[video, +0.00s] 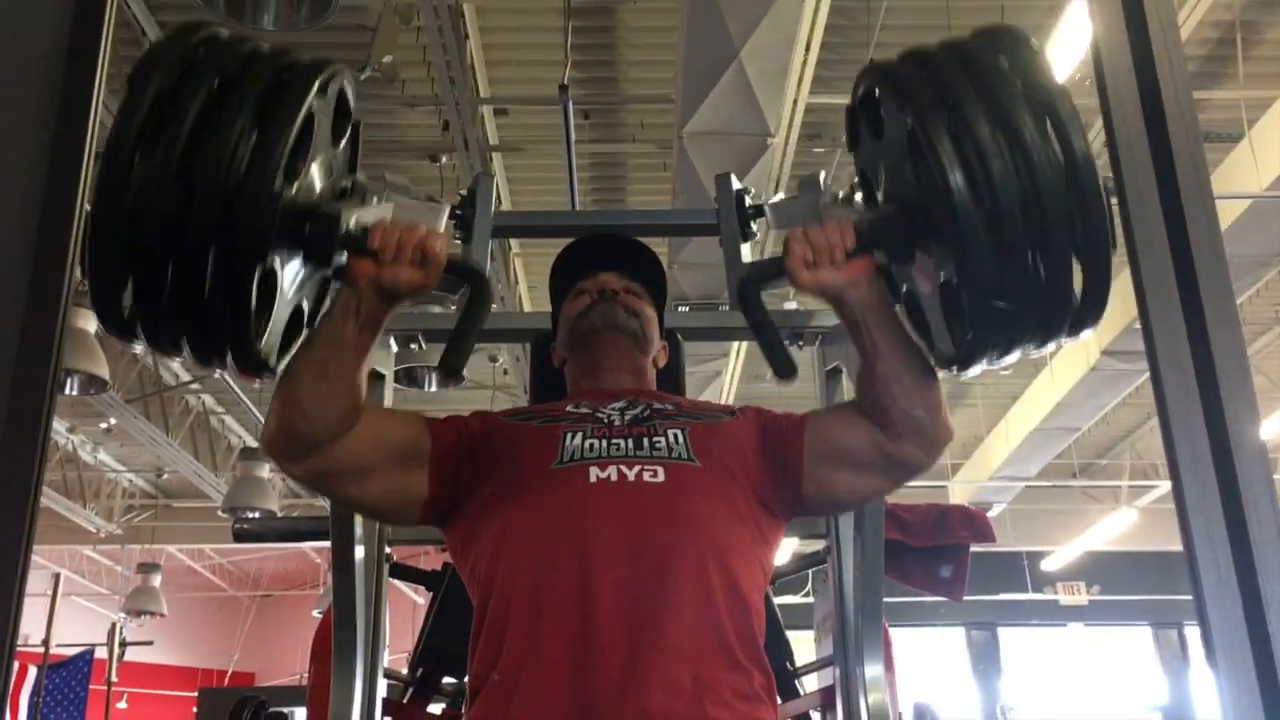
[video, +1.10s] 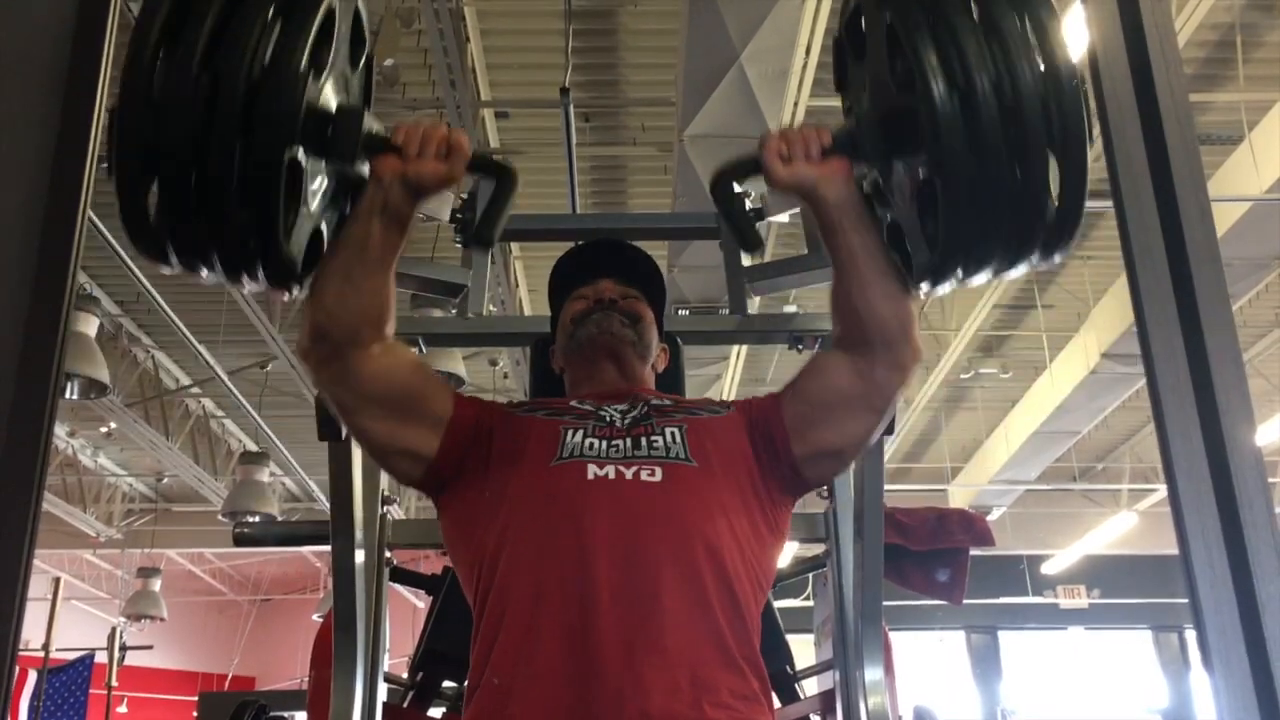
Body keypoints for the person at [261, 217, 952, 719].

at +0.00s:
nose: (608, 295)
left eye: (632, 296)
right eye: (582, 296)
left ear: (665, 351)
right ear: (551, 351)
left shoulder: (742, 442)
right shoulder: (487, 448)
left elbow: (914, 434)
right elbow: (305, 439)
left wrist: (859, 297)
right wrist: (365, 299)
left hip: (723, 701)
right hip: (525, 703)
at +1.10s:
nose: (606, 305)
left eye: (631, 303)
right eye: (582, 303)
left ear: (663, 353)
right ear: (552, 354)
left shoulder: (751, 436)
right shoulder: (483, 440)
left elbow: (882, 352)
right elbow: (340, 345)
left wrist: (834, 195)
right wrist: (390, 199)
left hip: (722, 703)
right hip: (520, 703)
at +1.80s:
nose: (606, 298)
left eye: (632, 300)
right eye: (580, 300)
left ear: (663, 354)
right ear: (551, 356)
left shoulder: (749, 446)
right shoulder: (484, 452)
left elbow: (897, 399)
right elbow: (323, 396)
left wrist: (848, 241)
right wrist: (381, 241)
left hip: (727, 705)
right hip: (525, 704)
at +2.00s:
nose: (607, 300)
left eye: (633, 302)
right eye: (582, 301)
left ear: (666, 357)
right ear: (551, 358)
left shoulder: (743, 449)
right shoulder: (490, 459)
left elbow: (920, 454)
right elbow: (304, 457)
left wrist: (862, 318)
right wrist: (362, 318)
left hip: (726, 703)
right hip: (526, 705)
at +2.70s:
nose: (611, 300)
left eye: (635, 301)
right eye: (586, 302)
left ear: (668, 358)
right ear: (554, 360)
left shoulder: (747, 457)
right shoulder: (489, 466)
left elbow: (917, 518)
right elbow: (299, 547)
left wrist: (882, 410)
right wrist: (340, 412)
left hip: (724, 703)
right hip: (529, 705)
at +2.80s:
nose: (613, 300)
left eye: (638, 303)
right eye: (587, 301)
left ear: (669, 362)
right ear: (554, 358)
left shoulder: (744, 456)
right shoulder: (490, 464)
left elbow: (924, 510)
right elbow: (295, 521)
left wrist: (873, 395)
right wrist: (343, 394)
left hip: (726, 702)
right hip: (529, 704)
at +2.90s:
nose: (615, 306)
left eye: (638, 309)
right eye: (589, 308)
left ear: (669, 363)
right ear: (555, 363)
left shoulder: (744, 455)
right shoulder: (490, 461)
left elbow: (921, 478)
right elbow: (297, 482)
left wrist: (876, 363)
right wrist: (354, 347)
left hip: (725, 703)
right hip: (525, 704)